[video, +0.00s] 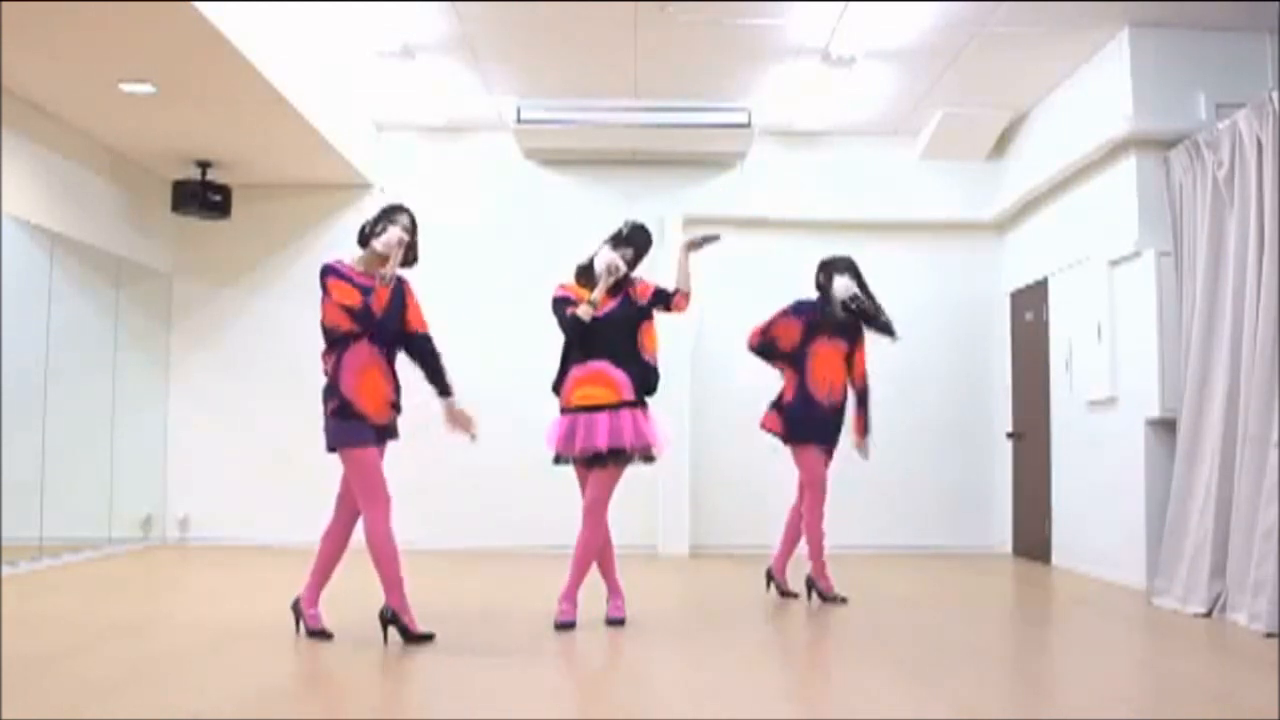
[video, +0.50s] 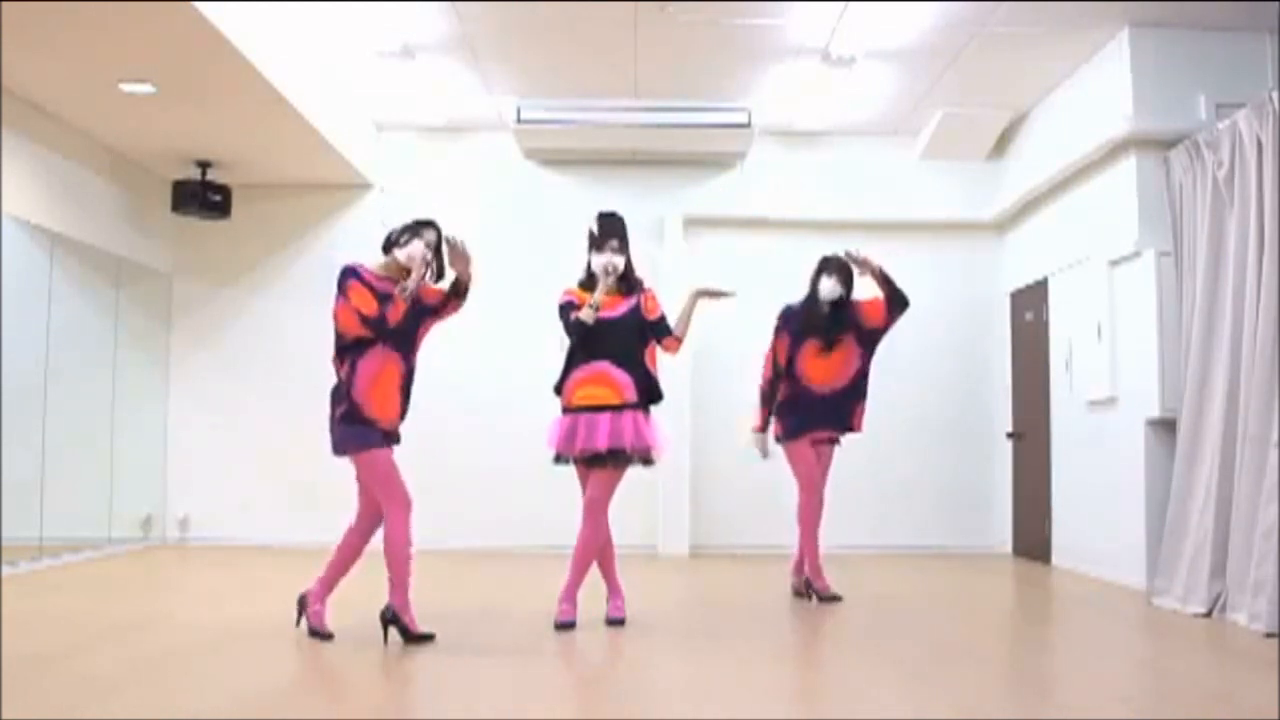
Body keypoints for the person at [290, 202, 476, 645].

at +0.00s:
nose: (397, 241)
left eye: (405, 239)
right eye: (392, 231)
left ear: (407, 249)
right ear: (371, 232)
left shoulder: (399, 289)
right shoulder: (335, 274)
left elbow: (420, 344)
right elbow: (363, 323)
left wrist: (448, 401)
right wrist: (387, 278)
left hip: (383, 409)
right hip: (346, 407)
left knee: (347, 508)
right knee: (376, 501)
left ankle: (308, 599)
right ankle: (397, 605)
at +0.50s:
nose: (425, 255)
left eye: (431, 253)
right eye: (422, 244)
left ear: (427, 264)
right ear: (398, 241)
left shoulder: (415, 297)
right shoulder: (355, 278)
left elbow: (449, 303)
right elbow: (375, 327)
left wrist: (462, 278)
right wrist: (409, 288)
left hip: (385, 417)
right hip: (354, 413)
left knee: (369, 515)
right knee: (397, 504)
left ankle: (316, 596)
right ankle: (400, 605)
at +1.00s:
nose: (389, 263)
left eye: (398, 257)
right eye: (383, 253)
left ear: (403, 267)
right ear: (366, 256)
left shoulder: (412, 307)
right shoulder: (339, 293)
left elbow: (459, 304)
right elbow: (334, 339)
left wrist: (430, 264)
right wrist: (364, 299)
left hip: (390, 423)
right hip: (343, 418)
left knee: (378, 511)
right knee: (373, 494)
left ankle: (355, 590)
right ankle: (347, 587)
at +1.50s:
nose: (374, 244)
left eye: (382, 238)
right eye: (368, 237)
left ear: (391, 247)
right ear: (356, 244)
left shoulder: (405, 293)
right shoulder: (333, 290)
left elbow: (444, 328)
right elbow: (289, 317)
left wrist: (419, 356)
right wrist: (307, 333)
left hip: (388, 408)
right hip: (340, 408)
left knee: (379, 498)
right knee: (344, 500)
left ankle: (376, 586)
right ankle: (349, 587)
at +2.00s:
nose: (365, 248)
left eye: (373, 242)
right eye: (359, 241)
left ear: (384, 249)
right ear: (351, 246)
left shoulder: (399, 296)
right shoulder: (332, 295)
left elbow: (406, 354)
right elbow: (325, 351)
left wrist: (407, 404)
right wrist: (324, 401)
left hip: (385, 403)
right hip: (339, 403)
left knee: (377, 493)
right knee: (344, 495)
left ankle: (373, 586)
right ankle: (348, 586)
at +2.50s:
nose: (367, 247)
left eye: (375, 241)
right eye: (361, 239)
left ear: (386, 248)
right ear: (351, 245)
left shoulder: (399, 297)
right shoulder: (332, 295)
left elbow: (406, 357)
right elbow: (322, 353)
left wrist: (406, 408)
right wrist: (320, 404)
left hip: (386, 408)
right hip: (339, 407)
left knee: (379, 494)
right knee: (344, 496)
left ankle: (374, 586)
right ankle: (348, 586)